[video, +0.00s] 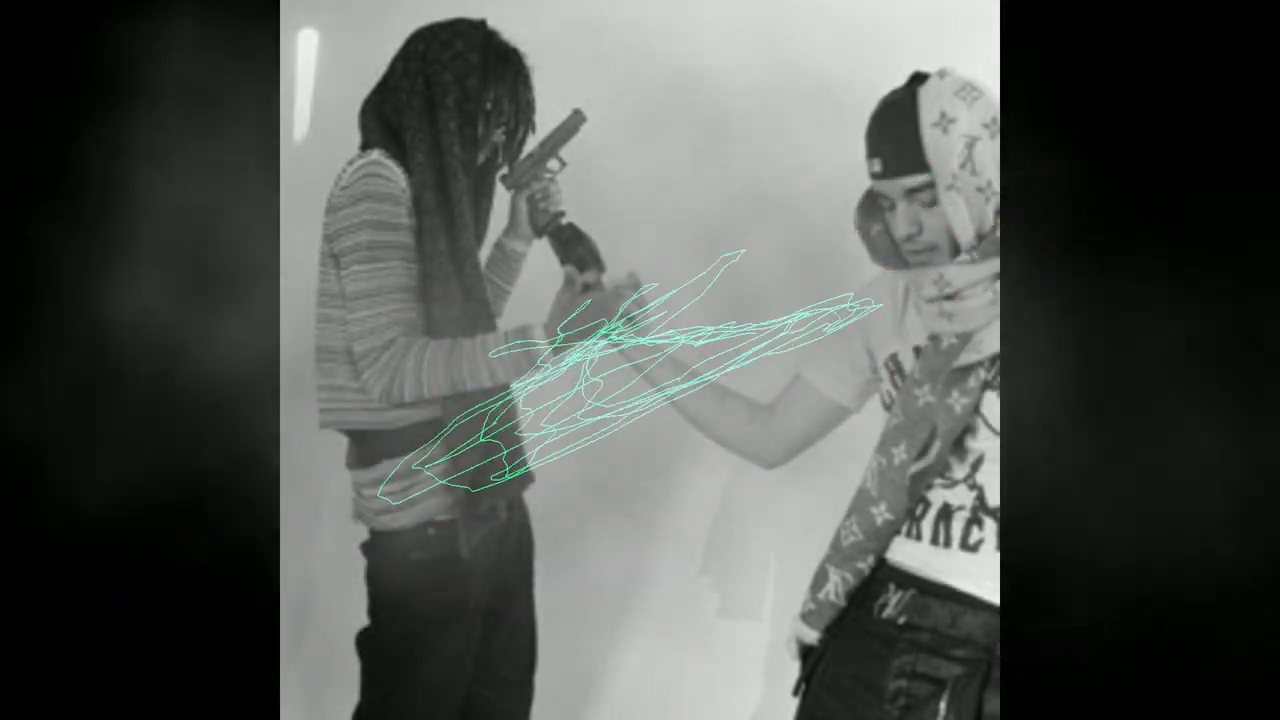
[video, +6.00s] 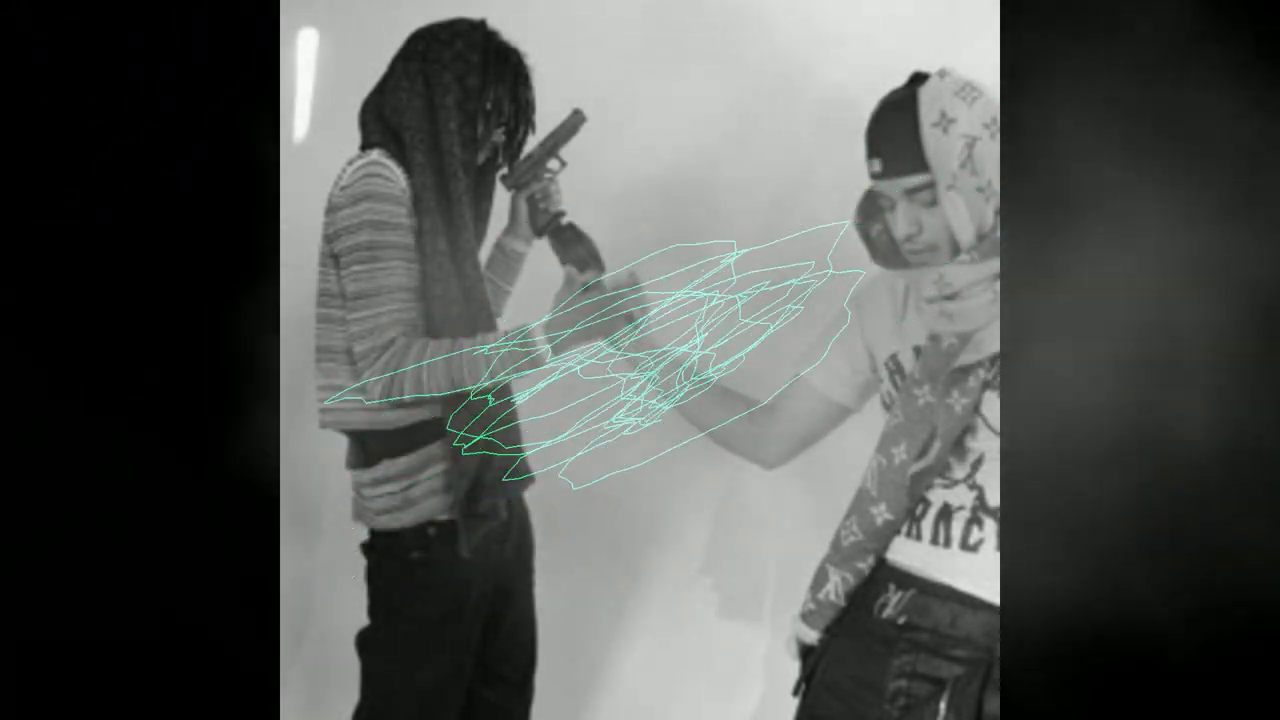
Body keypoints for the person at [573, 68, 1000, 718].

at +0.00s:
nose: (905, 227)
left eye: (924, 198)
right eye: (887, 204)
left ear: (982, 186)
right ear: (875, 206)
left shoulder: (1027, 300)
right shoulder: (900, 305)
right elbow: (768, 436)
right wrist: (631, 337)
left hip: (990, 647)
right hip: (877, 619)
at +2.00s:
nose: (904, 228)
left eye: (925, 200)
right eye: (886, 205)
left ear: (979, 183)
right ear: (874, 206)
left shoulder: (1037, 289)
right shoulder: (890, 302)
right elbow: (769, 436)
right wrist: (638, 343)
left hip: (996, 638)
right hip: (877, 611)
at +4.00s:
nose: (904, 228)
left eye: (926, 199)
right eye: (886, 205)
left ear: (980, 185)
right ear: (874, 207)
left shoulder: (1029, 292)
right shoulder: (888, 305)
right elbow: (769, 436)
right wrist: (643, 343)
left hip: (987, 641)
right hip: (876, 616)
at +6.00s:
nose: (903, 227)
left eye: (924, 198)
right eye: (884, 204)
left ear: (979, 186)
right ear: (872, 205)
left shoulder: (1028, 288)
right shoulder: (892, 301)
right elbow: (768, 435)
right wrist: (636, 339)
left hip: (1001, 642)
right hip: (881, 618)